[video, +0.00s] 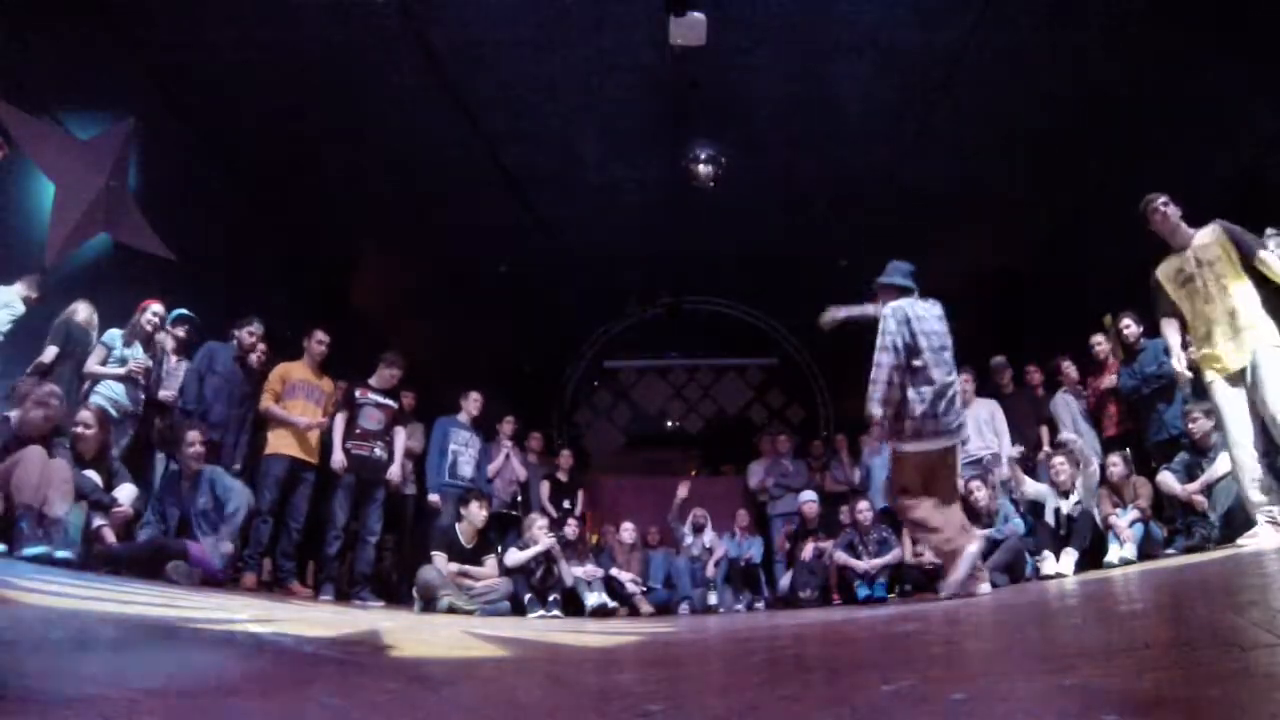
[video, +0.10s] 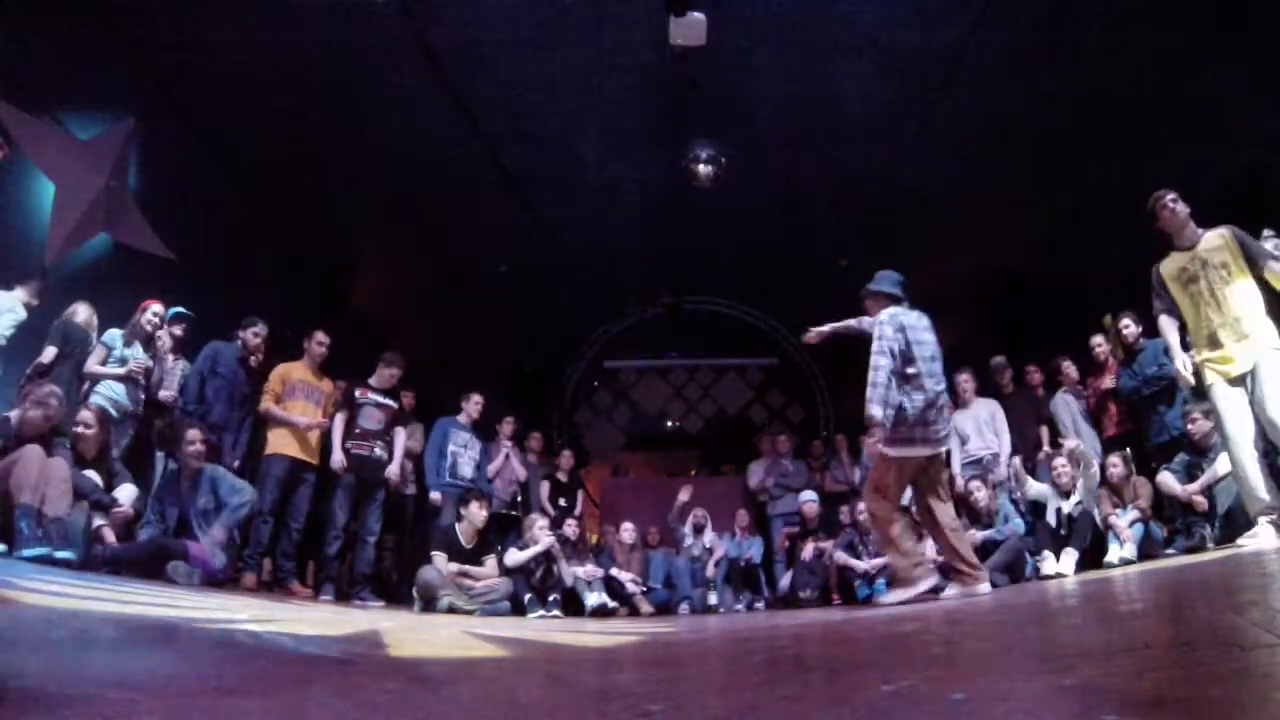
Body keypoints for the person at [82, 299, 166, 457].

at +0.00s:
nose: (156, 321)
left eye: (160, 319)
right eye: (153, 314)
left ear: (161, 325)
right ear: (140, 313)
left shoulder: (155, 351)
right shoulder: (114, 335)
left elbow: (153, 389)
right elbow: (89, 368)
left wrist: (148, 375)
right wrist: (123, 371)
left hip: (130, 412)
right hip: (102, 402)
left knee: (111, 459)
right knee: (87, 453)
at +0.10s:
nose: (156, 321)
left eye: (160, 319)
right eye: (153, 314)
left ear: (162, 325)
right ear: (141, 313)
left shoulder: (152, 350)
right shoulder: (114, 335)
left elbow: (153, 388)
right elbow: (89, 368)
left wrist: (162, 355)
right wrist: (123, 371)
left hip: (131, 412)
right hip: (102, 402)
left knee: (112, 460)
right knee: (87, 454)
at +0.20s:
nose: (156, 321)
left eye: (161, 319)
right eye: (154, 314)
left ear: (161, 325)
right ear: (141, 313)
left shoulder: (151, 350)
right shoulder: (114, 335)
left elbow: (152, 386)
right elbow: (88, 367)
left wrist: (161, 352)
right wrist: (123, 371)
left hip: (130, 412)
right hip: (102, 402)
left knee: (111, 460)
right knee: (86, 453)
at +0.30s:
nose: (156, 321)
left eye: (161, 320)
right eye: (154, 314)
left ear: (162, 326)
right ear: (141, 313)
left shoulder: (151, 351)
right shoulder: (115, 335)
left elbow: (158, 383)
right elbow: (88, 367)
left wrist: (163, 351)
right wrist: (123, 371)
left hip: (130, 413)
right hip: (102, 403)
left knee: (112, 460)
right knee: (86, 454)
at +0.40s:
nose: (156, 321)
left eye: (161, 320)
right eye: (154, 314)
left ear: (162, 326)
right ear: (141, 313)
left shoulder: (150, 352)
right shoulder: (115, 334)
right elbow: (88, 367)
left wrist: (164, 349)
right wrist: (124, 371)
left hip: (129, 413)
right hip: (101, 403)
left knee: (111, 461)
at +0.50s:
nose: (157, 321)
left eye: (161, 319)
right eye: (154, 314)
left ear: (162, 326)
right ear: (141, 313)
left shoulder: (151, 352)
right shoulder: (115, 334)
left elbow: (165, 380)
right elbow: (87, 367)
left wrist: (164, 347)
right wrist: (124, 371)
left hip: (129, 413)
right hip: (101, 402)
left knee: (112, 460)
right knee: (85, 453)